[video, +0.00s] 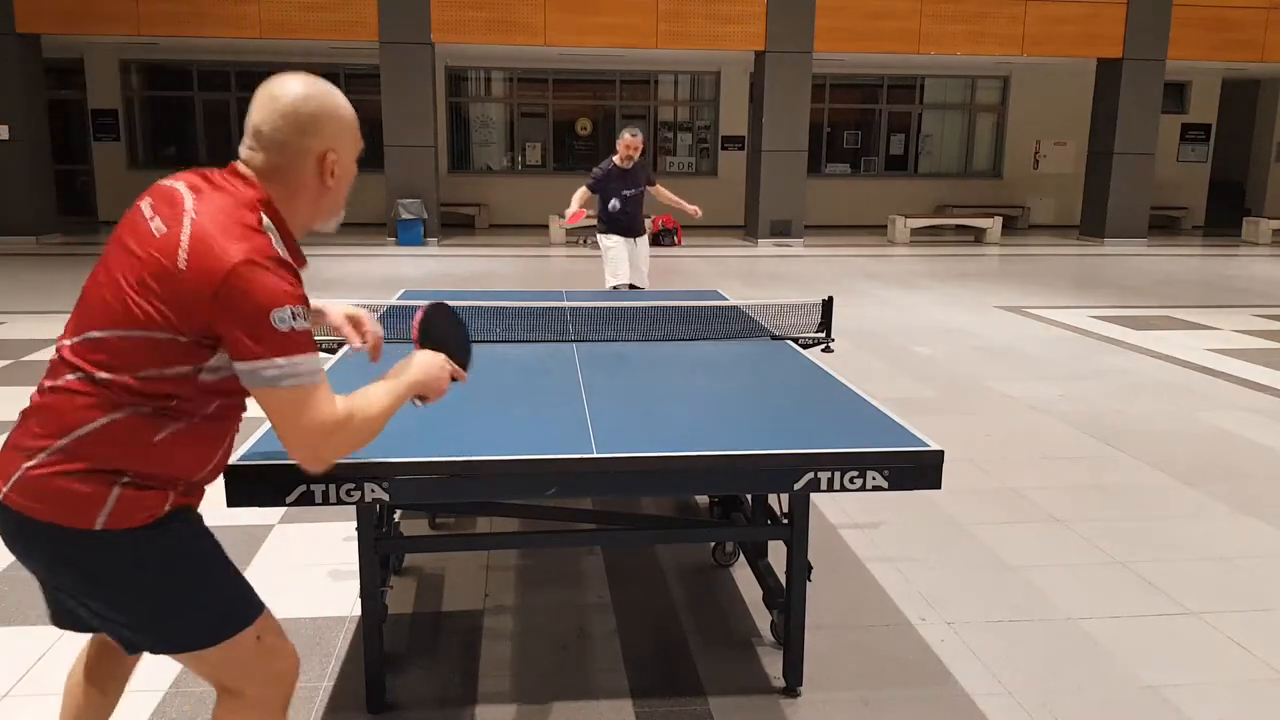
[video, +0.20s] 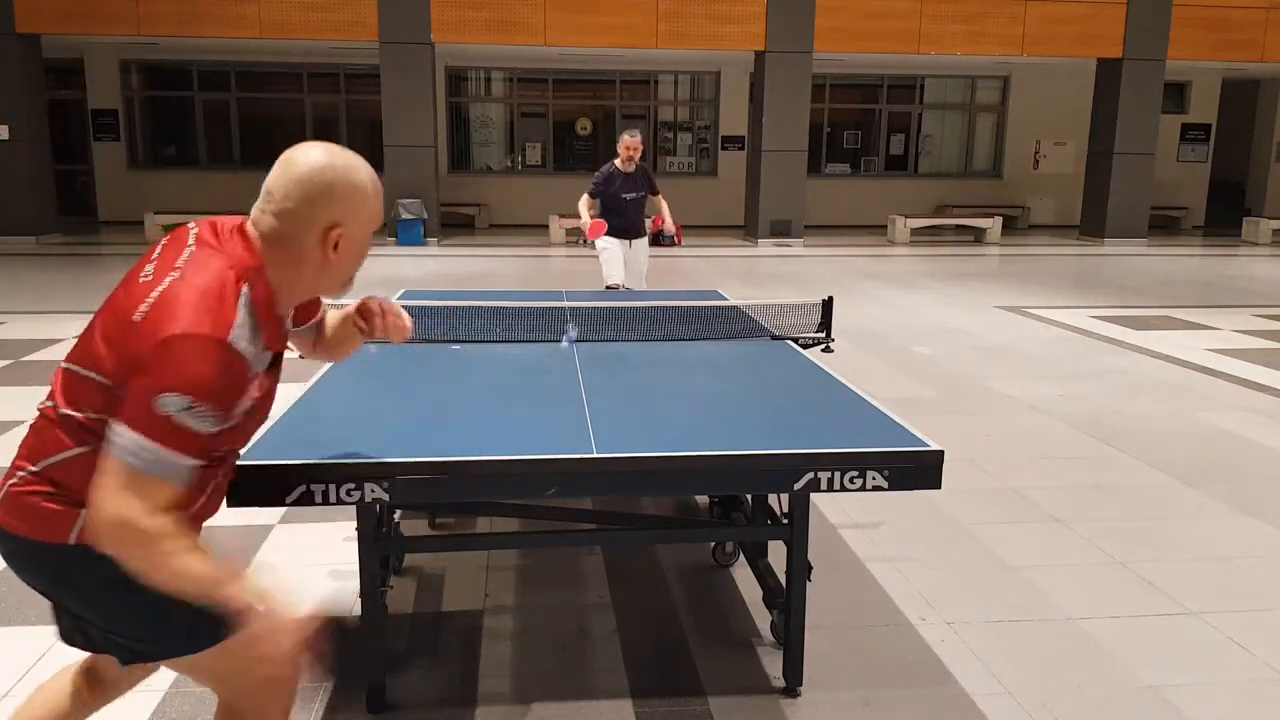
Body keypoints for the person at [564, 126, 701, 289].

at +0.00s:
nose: (632, 153)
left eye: (636, 149)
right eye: (628, 148)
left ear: (641, 149)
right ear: (618, 145)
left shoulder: (641, 167)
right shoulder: (605, 171)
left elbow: (656, 190)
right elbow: (583, 192)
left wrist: (686, 207)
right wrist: (574, 207)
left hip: (638, 235)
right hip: (612, 236)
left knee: (639, 288)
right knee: (619, 287)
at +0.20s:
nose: (631, 154)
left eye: (635, 149)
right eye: (627, 149)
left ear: (641, 150)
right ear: (618, 148)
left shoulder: (643, 172)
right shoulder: (606, 173)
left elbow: (659, 200)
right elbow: (584, 201)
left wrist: (668, 221)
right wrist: (586, 219)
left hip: (638, 240)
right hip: (610, 239)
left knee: (637, 290)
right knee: (613, 286)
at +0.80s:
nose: (638, 148)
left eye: (642, 144)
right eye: (634, 143)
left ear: (647, 146)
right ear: (624, 143)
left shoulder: (642, 167)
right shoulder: (609, 167)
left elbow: (643, 193)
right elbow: (586, 198)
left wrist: (648, 221)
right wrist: (602, 226)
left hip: (632, 234)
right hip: (605, 234)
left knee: (642, 278)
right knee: (602, 284)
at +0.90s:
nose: (644, 154)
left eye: (648, 149)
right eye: (640, 148)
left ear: (653, 151)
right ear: (630, 148)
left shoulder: (647, 170)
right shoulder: (618, 172)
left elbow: (647, 196)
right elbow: (598, 205)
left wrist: (656, 224)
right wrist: (612, 239)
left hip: (638, 237)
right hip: (612, 238)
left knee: (644, 284)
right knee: (610, 289)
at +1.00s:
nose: (651, 158)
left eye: (655, 154)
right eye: (647, 152)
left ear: (658, 155)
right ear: (636, 151)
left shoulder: (650, 172)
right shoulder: (623, 175)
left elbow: (651, 200)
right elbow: (613, 213)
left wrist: (663, 230)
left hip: (640, 236)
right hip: (616, 234)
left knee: (648, 281)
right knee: (625, 279)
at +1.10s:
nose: (657, 160)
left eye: (661, 156)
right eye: (653, 154)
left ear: (664, 156)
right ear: (643, 150)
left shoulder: (652, 170)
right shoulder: (628, 174)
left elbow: (653, 197)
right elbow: (631, 215)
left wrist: (668, 227)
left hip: (641, 230)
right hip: (619, 230)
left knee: (647, 279)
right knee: (637, 277)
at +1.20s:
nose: (663, 170)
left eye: (667, 166)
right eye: (660, 163)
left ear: (671, 165)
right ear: (649, 155)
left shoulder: (653, 175)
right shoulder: (634, 178)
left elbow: (656, 203)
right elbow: (647, 219)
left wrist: (672, 227)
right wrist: (669, 207)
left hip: (642, 233)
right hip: (622, 233)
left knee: (648, 281)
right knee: (645, 280)